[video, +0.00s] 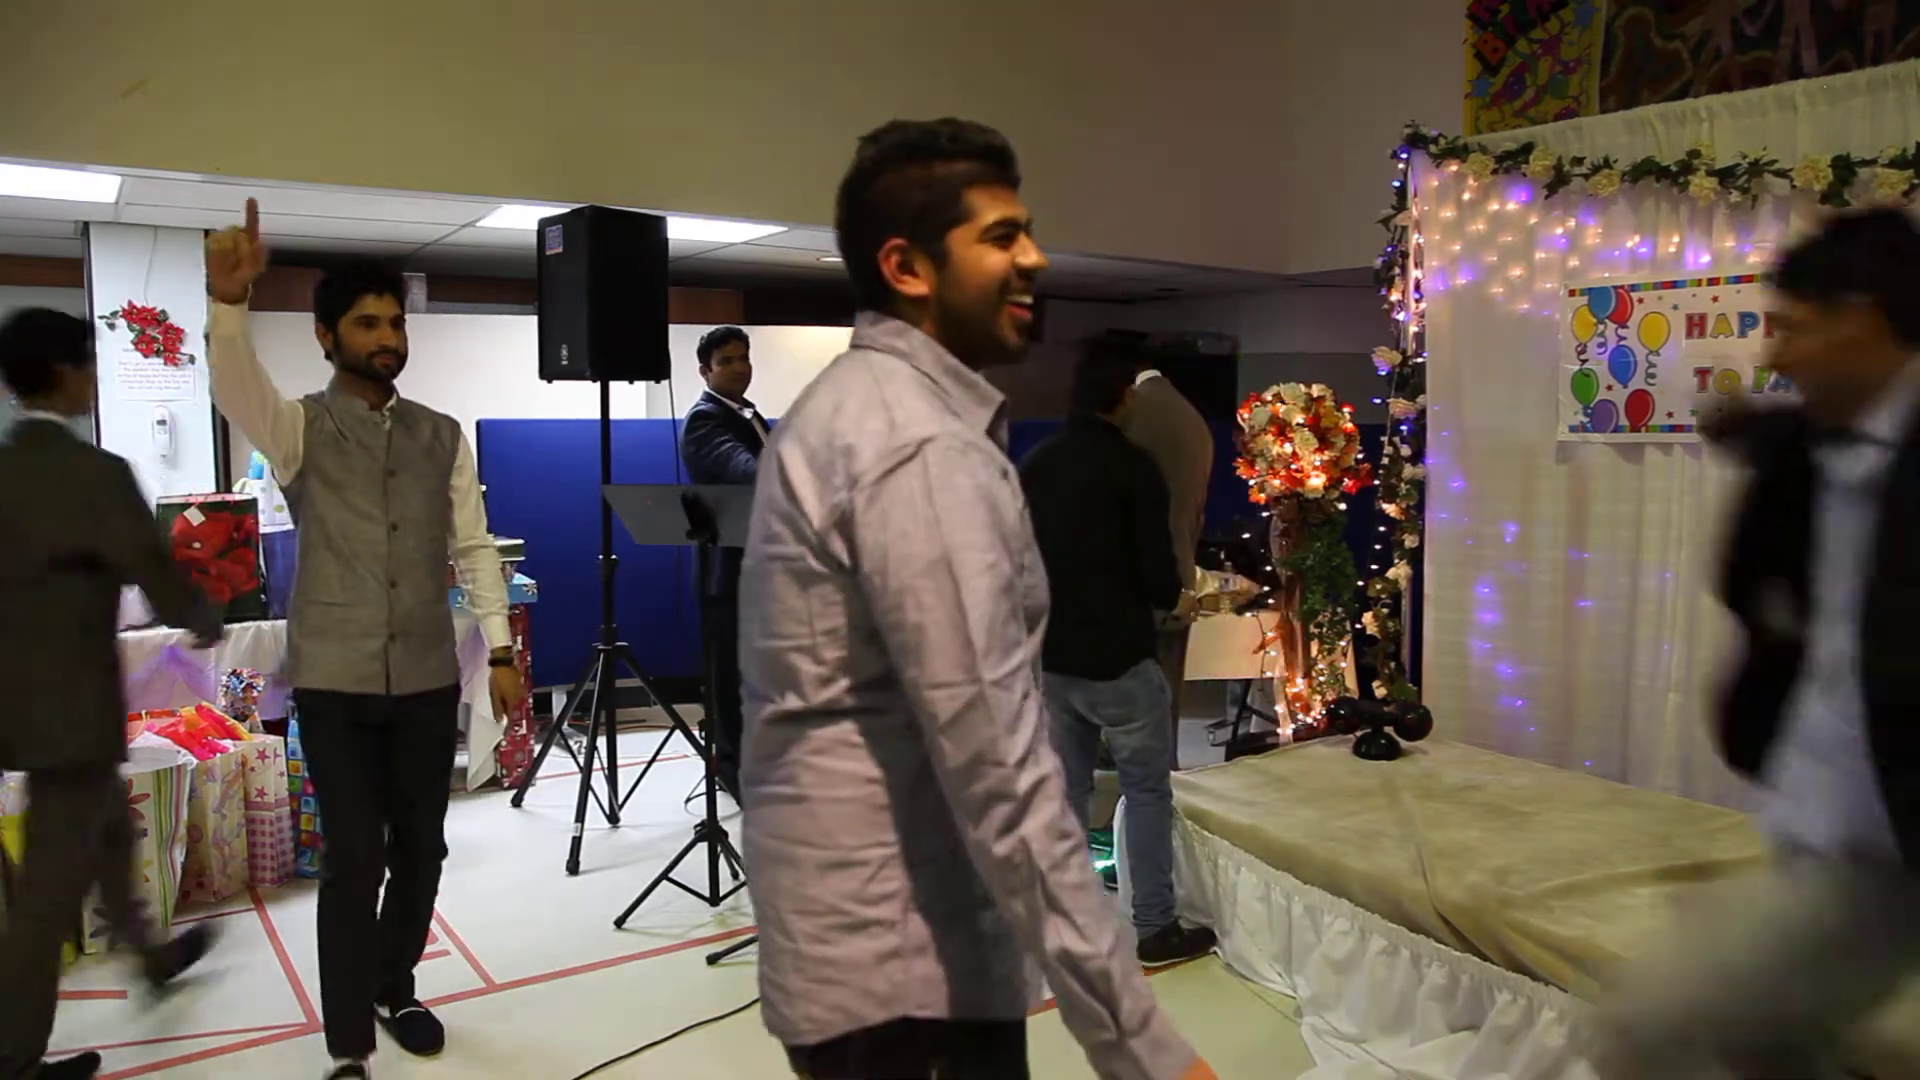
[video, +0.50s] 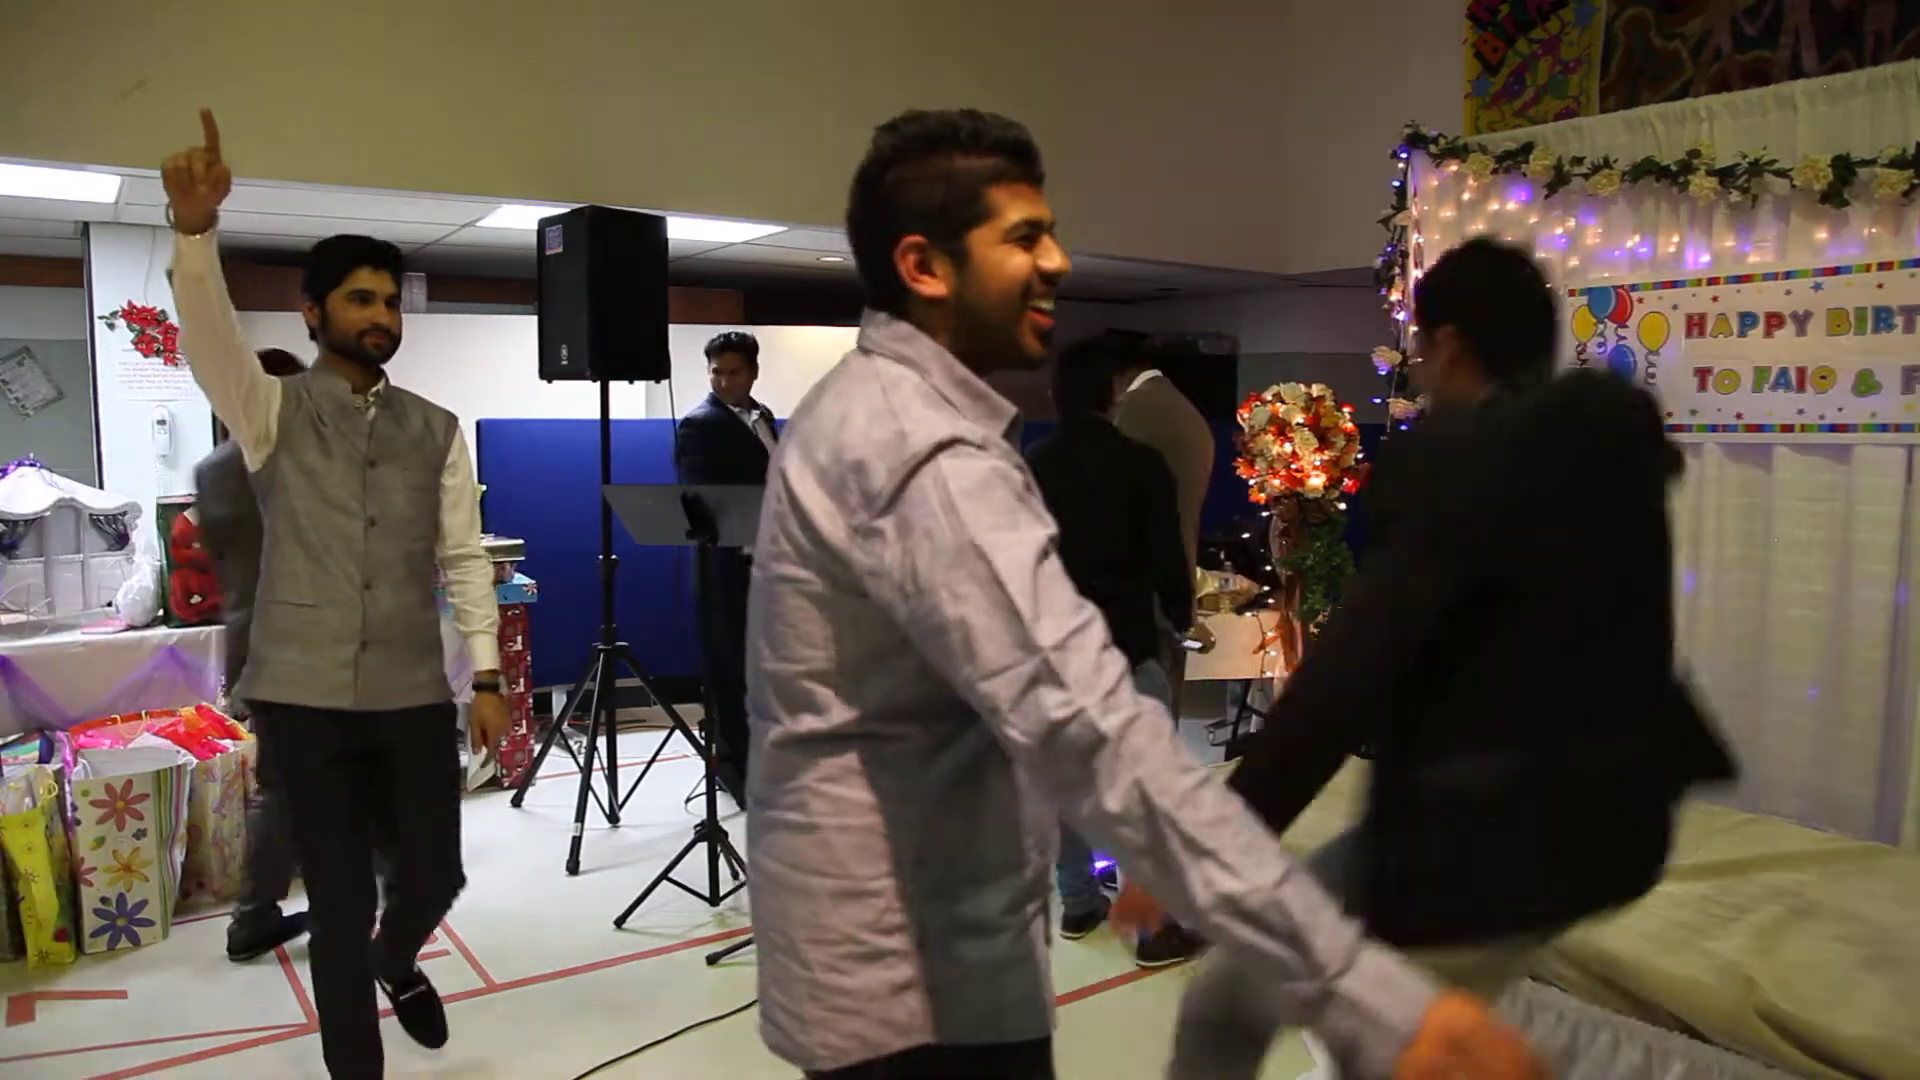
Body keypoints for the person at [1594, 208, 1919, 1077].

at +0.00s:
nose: (1770, 351)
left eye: (1788, 327)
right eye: (1770, 328)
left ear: (1867, 324)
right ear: (1849, 324)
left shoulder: (1914, 456)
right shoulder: (1793, 449)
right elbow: (1750, 593)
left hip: (1896, 850)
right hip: (1805, 823)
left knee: (1660, 1026)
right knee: (1777, 1044)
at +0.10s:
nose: (1688, 353)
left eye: (1695, 328)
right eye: (1684, 332)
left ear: (1752, 317)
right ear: (1760, 316)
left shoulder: (1860, 407)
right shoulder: (1769, 437)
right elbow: (1695, 651)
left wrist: (1676, 328)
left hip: (1843, 818)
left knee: (1500, 913)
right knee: (1649, 1021)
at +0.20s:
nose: (1607, 368)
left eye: (1619, 342)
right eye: (1609, 342)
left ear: (1674, 344)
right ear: (1677, 345)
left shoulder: (1791, 414)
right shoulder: (1687, 460)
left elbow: (1900, 432)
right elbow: (1693, 635)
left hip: (1762, 834)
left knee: (1408, 913)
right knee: (1623, 1028)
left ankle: (1201, 1043)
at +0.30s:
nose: (1551, 367)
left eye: (1555, 341)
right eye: (1550, 343)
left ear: (1595, 335)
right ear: (1649, 320)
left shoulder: (1677, 412)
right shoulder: (1707, 408)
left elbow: (1596, 574)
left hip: (1651, 805)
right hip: (1702, 817)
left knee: (1323, 874)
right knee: (1577, 1026)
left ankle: (1104, 989)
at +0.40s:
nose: (1484, 345)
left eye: (1485, 325)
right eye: (1482, 326)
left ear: (1518, 314)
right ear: (1599, 301)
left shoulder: (1550, 389)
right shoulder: (1653, 381)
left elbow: (1464, 577)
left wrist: (1328, 739)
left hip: (1570, 805)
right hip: (1671, 797)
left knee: (1265, 884)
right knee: (1471, 992)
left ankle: (1081, 1050)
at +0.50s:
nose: (1413, 368)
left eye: (1419, 344)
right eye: (1416, 344)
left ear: (1451, 347)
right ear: (1540, 339)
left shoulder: (1448, 465)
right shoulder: (1613, 437)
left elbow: (1339, 688)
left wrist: (1199, 858)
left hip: (1466, 844)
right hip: (1608, 826)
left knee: (1226, 1001)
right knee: (1378, 1021)